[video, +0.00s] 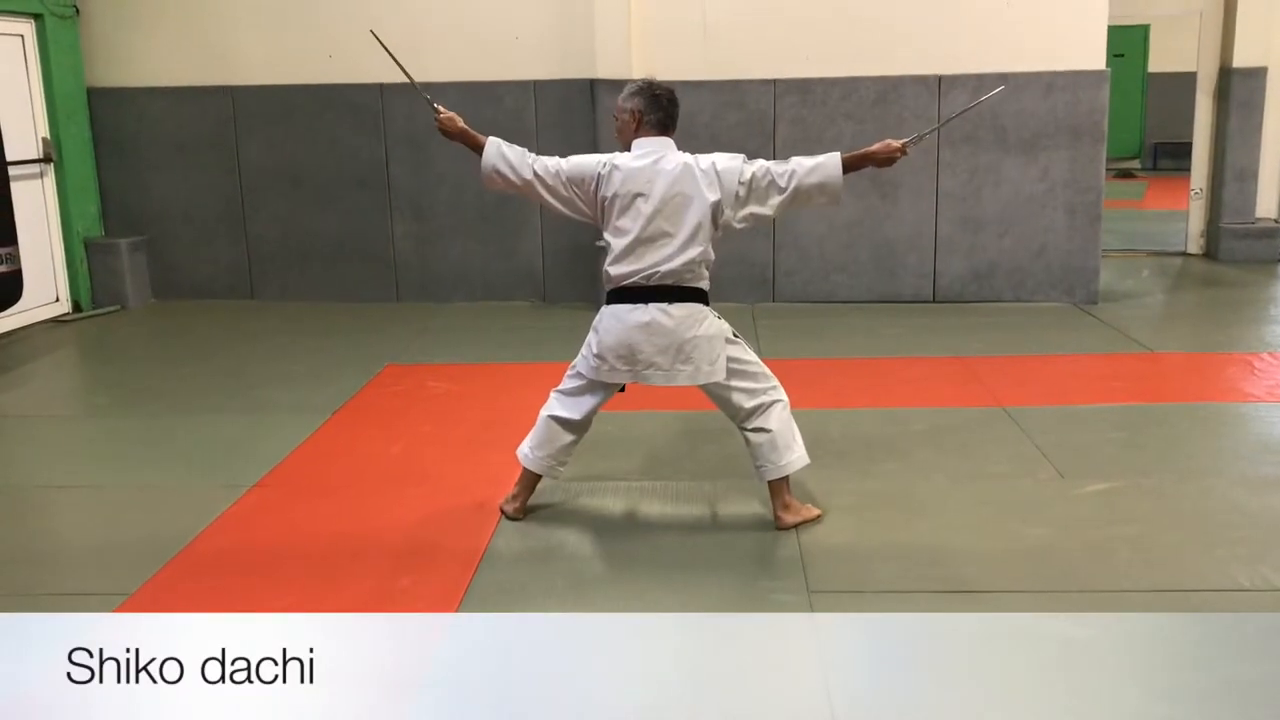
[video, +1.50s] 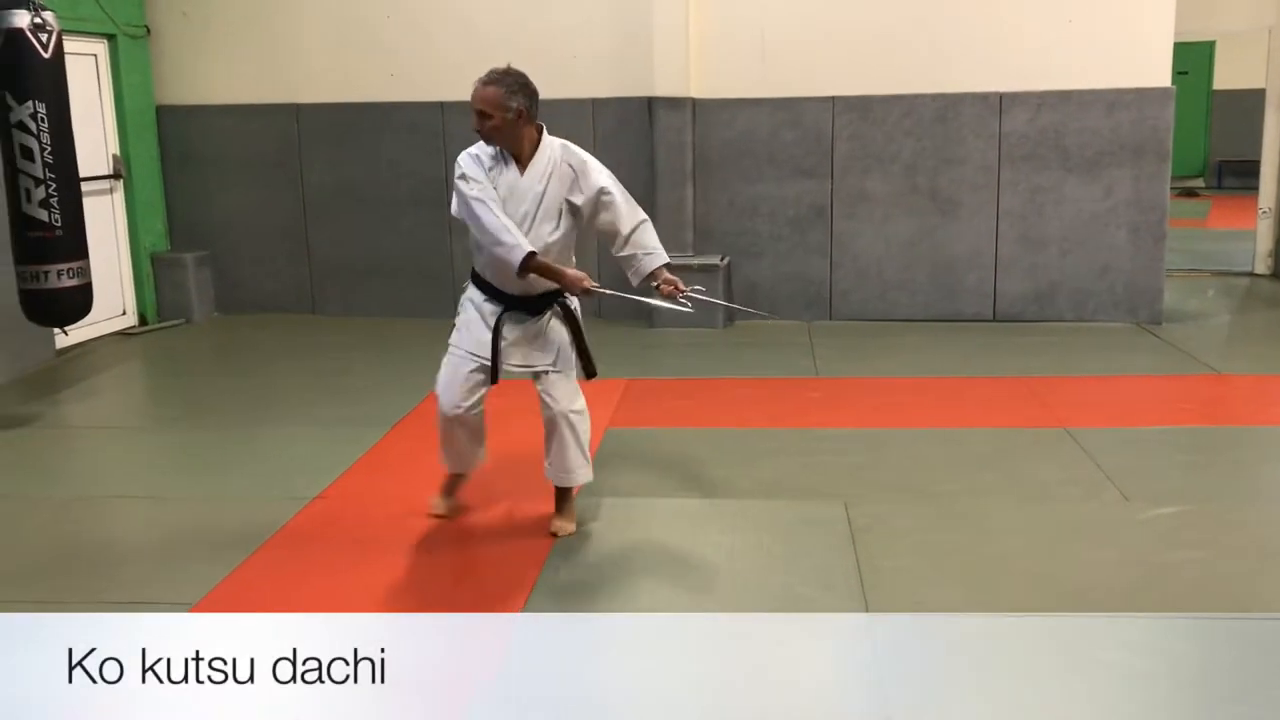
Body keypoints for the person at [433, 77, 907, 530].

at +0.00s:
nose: (614, 129)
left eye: (618, 120)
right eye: (617, 120)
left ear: (637, 122)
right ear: (669, 123)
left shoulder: (609, 170)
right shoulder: (712, 169)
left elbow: (534, 168)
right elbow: (787, 175)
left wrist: (469, 137)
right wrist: (863, 157)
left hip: (620, 320)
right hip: (690, 321)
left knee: (572, 399)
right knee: (761, 398)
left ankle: (517, 497)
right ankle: (786, 506)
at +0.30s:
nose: (591, 138)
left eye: (595, 128)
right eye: (591, 128)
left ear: (620, 130)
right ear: (644, 129)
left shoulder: (601, 181)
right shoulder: (701, 169)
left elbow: (526, 203)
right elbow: (763, 175)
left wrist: (450, 193)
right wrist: (817, 160)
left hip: (636, 323)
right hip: (704, 317)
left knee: (575, 397)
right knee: (752, 409)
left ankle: (532, 500)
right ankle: (787, 510)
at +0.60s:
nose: (503, 123)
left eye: (509, 113)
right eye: (503, 113)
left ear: (537, 115)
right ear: (548, 114)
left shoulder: (540, 172)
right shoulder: (599, 155)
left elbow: (488, 237)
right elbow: (624, 223)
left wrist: (419, 270)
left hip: (580, 313)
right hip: (635, 302)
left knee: (526, 409)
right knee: (659, 403)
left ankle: (540, 507)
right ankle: (721, 481)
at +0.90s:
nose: (471, 113)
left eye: (478, 103)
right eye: (470, 103)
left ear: (507, 103)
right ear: (505, 104)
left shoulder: (555, 161)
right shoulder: (502, 165)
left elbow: (565, 231)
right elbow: (461, 220)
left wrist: (543, 285)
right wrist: (411, 267)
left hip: (561, 308)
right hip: (526, 304)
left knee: (520, 410)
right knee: (498, 404)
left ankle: (543, 506)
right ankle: (523, 498)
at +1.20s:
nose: (460, 115)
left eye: (467, 106)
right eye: (459, 105)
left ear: (500, 104)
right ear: (493, 106)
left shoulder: (563, 154)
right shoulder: (469, 163)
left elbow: (618, 211)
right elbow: (483, 233)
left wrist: (645, 268)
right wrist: (526, 272)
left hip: (554, 308)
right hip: (498, 306)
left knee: (540, 413)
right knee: (503, 411)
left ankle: (545, 504)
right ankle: (535, 496)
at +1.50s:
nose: (477, 127)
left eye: (486, 117)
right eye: (475, 116)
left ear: (522, 115)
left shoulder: (573, 165)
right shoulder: (472, 164)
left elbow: (624, 219)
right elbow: (494, 234)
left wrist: (657, 270)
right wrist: (556, 273)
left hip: (550, 308)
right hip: (484, 303)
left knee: (562, 405)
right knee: (451, 400)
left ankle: (564, 503)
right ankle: (456, 472)